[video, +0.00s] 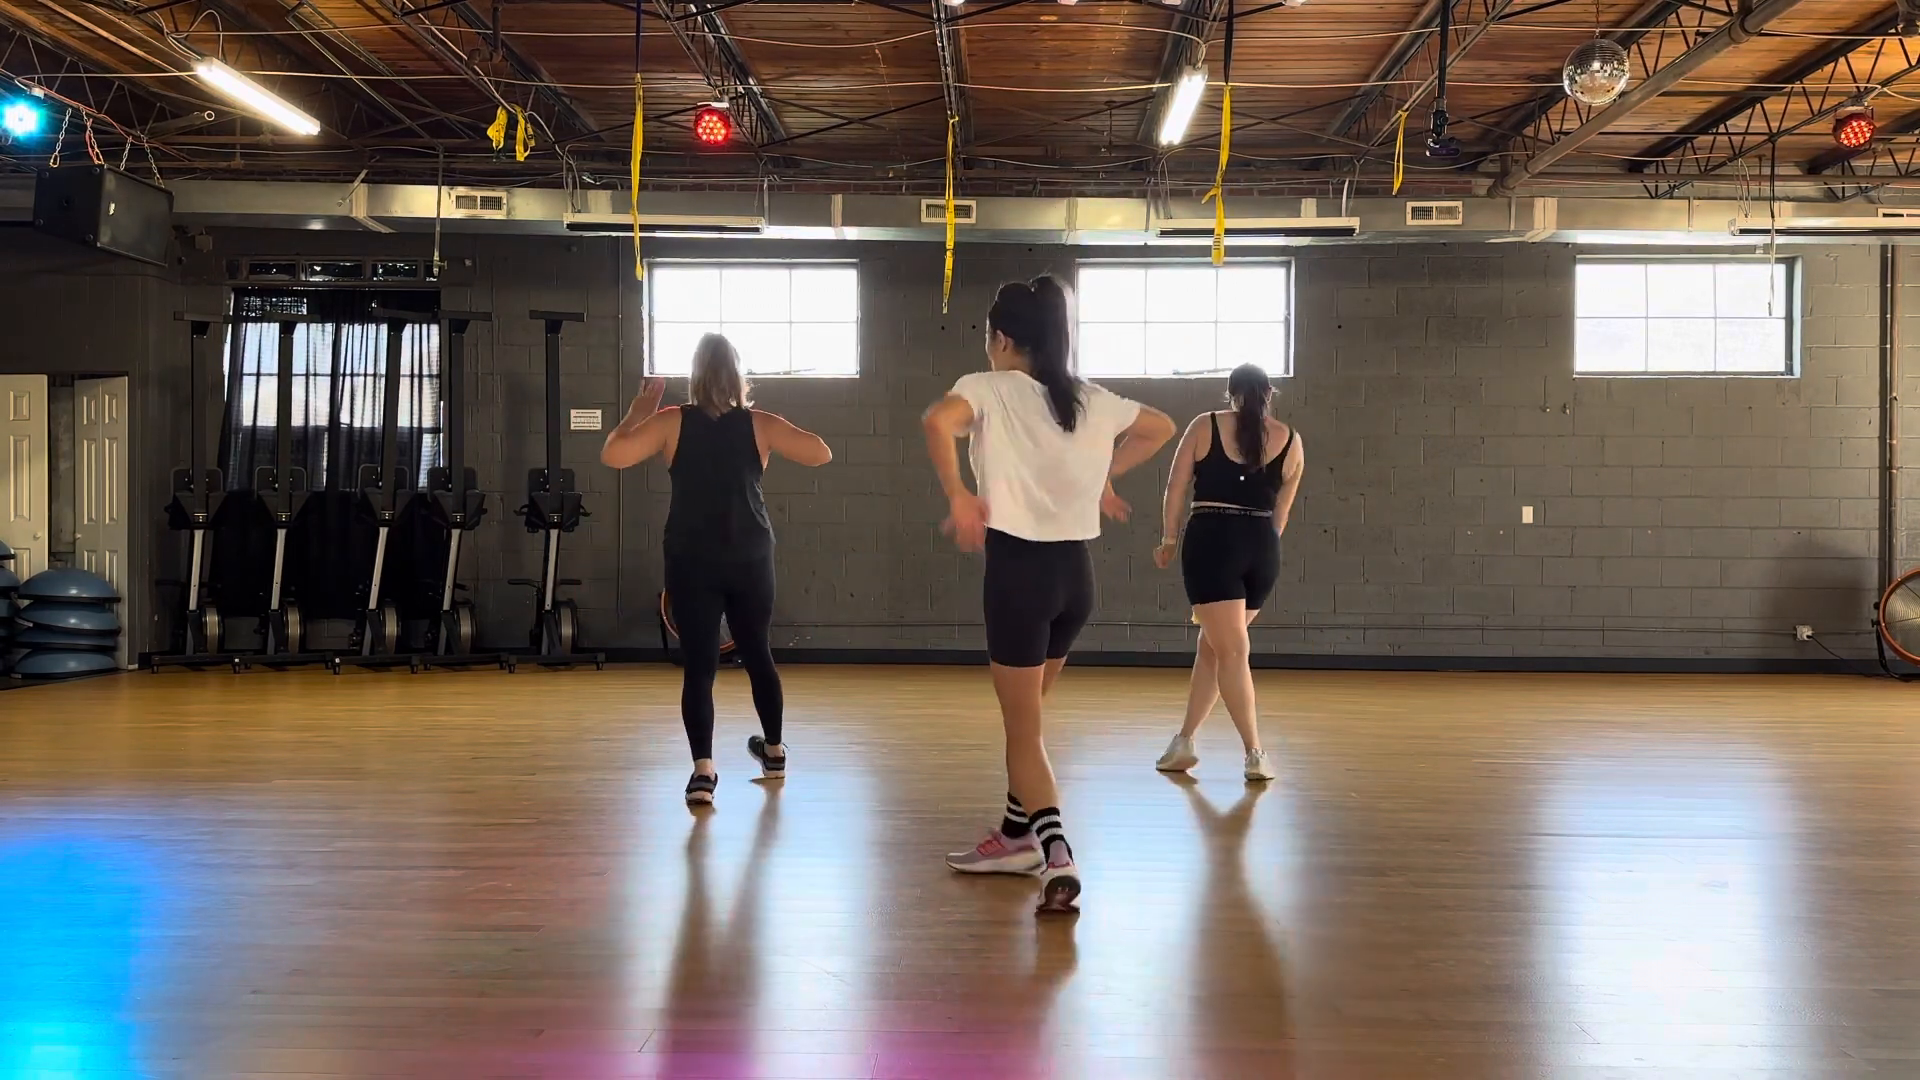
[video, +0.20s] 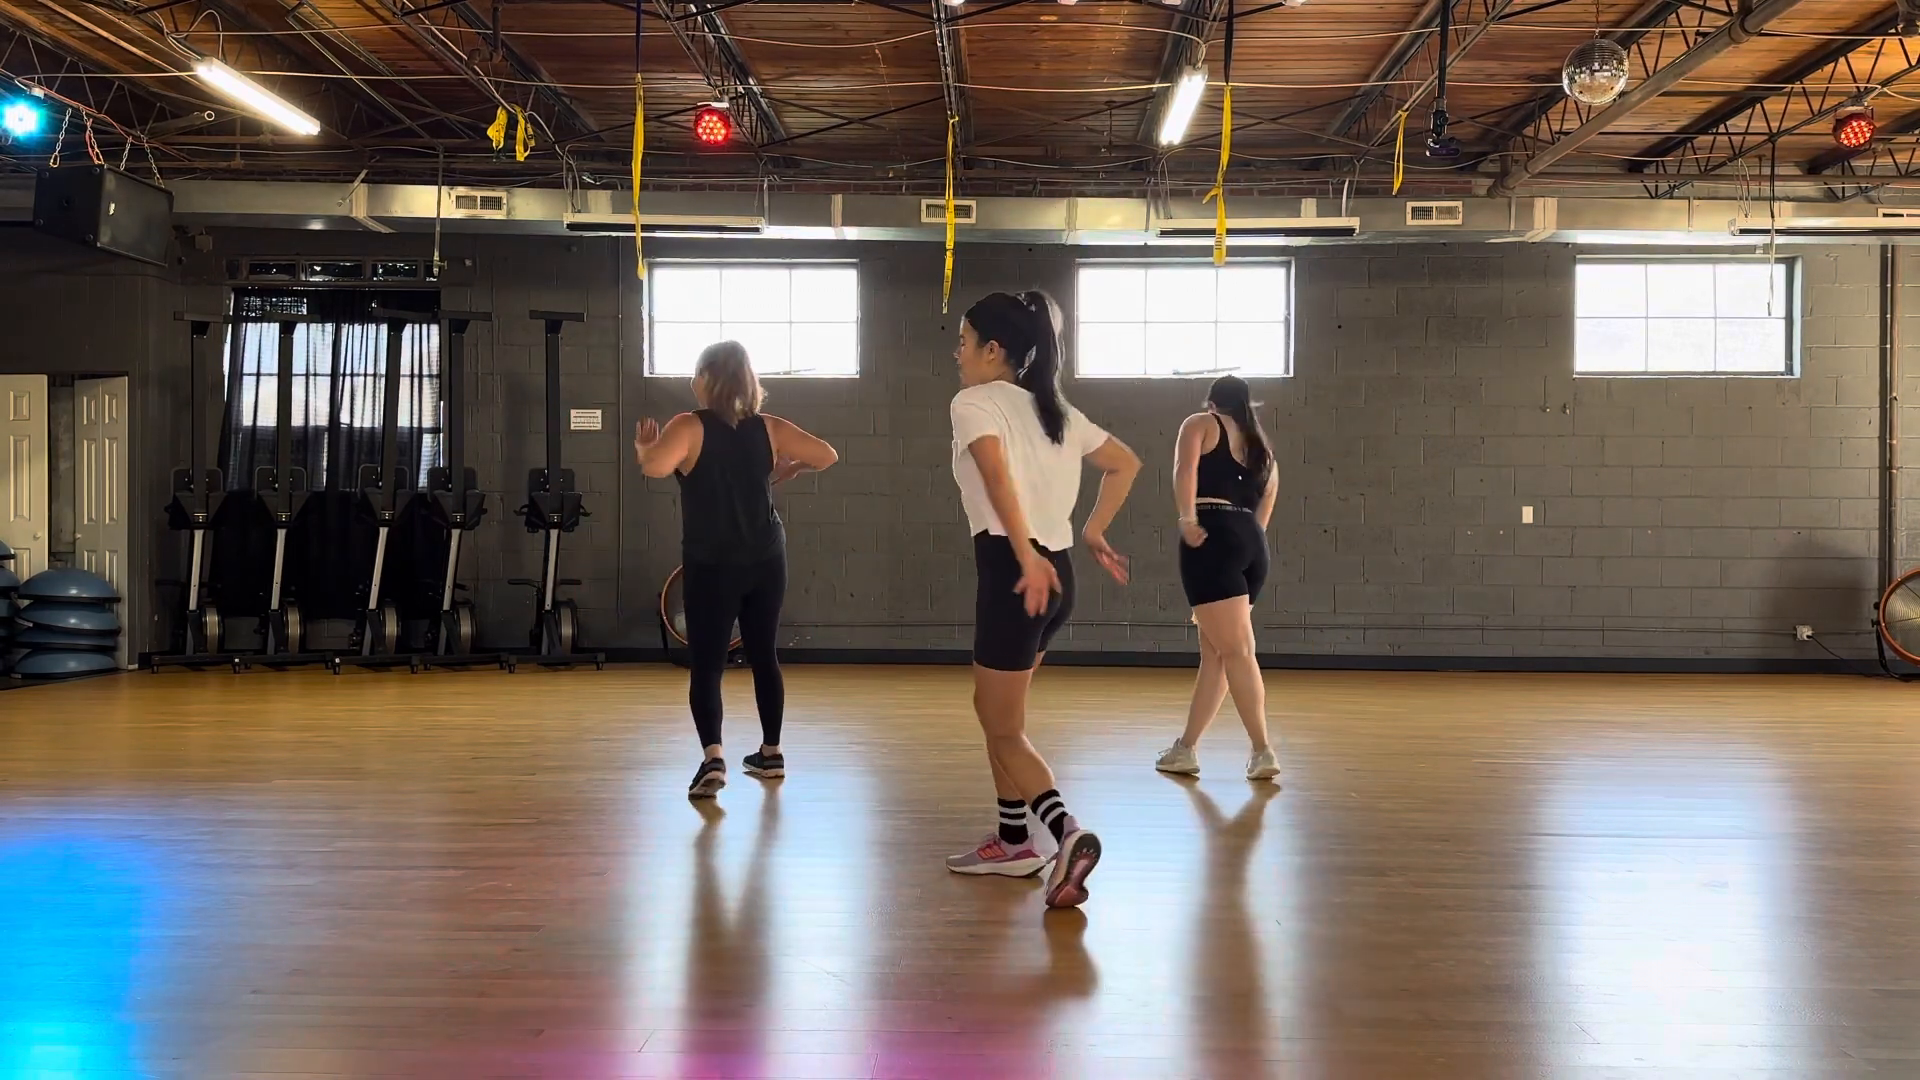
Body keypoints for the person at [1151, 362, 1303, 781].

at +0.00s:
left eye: (1231, 389)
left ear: (1230, 392)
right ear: (1269, 395)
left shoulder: (1203, 426)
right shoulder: (1290, 441)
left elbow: (1178, 484)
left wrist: (1169, 535)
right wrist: (1266, 551)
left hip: (1210, 540)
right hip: (1263, 546)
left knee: (1233, 652)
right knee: (1212, 648)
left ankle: (1254, 752)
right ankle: (1185, 740)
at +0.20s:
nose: (1206, 407)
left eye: (1207, 402)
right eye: (1211, 403)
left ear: (1212, 402)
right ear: (1245, 405)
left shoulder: (1198, 424)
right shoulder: (1263, 447)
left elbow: (1185, 468)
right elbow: (1263, 513)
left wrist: (1186, 518)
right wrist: (1249, 542)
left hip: (1210, 533)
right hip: (1254, 540)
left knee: (1237, 652)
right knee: (1213, 649)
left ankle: (1262, 750)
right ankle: (1185, 748)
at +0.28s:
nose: (1186, 411)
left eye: (1189, 405)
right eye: (1187, 406)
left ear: (1203, 404)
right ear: (1222, 408)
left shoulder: (1198, 419)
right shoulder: (1239, 436)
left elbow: (1206, 456)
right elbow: (1251, 500)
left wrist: (1211, 509)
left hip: (1210, 533)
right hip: (1241, 535)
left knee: (1244, 650)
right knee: (1214, 651)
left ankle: (1268, 748)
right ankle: (1185, 750)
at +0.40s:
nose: (1163, 405)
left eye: (1169, 398)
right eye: (1162, 399)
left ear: (1194, 399)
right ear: (1189, 401)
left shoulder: (1206, 420)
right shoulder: (1193, 434)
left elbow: (1242, 458)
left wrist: (1258, 509)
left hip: (1230, 542)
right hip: (1209, 548)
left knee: (1254, 648)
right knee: (1213, 655)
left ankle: (1278, 745)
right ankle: (1190, 750)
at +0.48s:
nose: (1155, 404)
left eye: (1161, 396)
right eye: (1155, 397)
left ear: (1186, 396)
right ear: (1173, 400)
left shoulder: (1209, 421)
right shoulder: (1187, 437)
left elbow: (1257, 457)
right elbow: (1207, 493)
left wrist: (1282, 510)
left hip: (1236, 547)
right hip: (1205, 554)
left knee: (1258, 647)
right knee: (1212, 656)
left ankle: (1281, 743)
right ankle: (1194, 750)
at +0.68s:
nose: (1170, 391)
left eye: (1178, 384)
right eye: (1163, 384)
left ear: (1194, 391)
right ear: (1154, 393)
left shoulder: (1226, 421)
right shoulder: (1152, 454)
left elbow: (1273, 466)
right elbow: (1156, 516)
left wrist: (1290, 517)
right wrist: (1159, 576)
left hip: (1244, 539)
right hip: (1190, 548)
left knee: (1247, 650)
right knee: (1200, 653)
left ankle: (1269, 740)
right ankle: (1196, 747)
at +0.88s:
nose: (1214, 385)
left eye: (1222, 379)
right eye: (1206, 378)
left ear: (1234, 386)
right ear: (1194, 385)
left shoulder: (1261, 427)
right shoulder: (1174, 440)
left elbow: (1279, 484)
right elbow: (1148, 505)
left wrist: (1284, 536)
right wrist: (1138, 565)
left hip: (1254, 547)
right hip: (1196, 547)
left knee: (1275, 648)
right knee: (1186, 650)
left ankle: (1299, 752)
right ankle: (1168, 742)